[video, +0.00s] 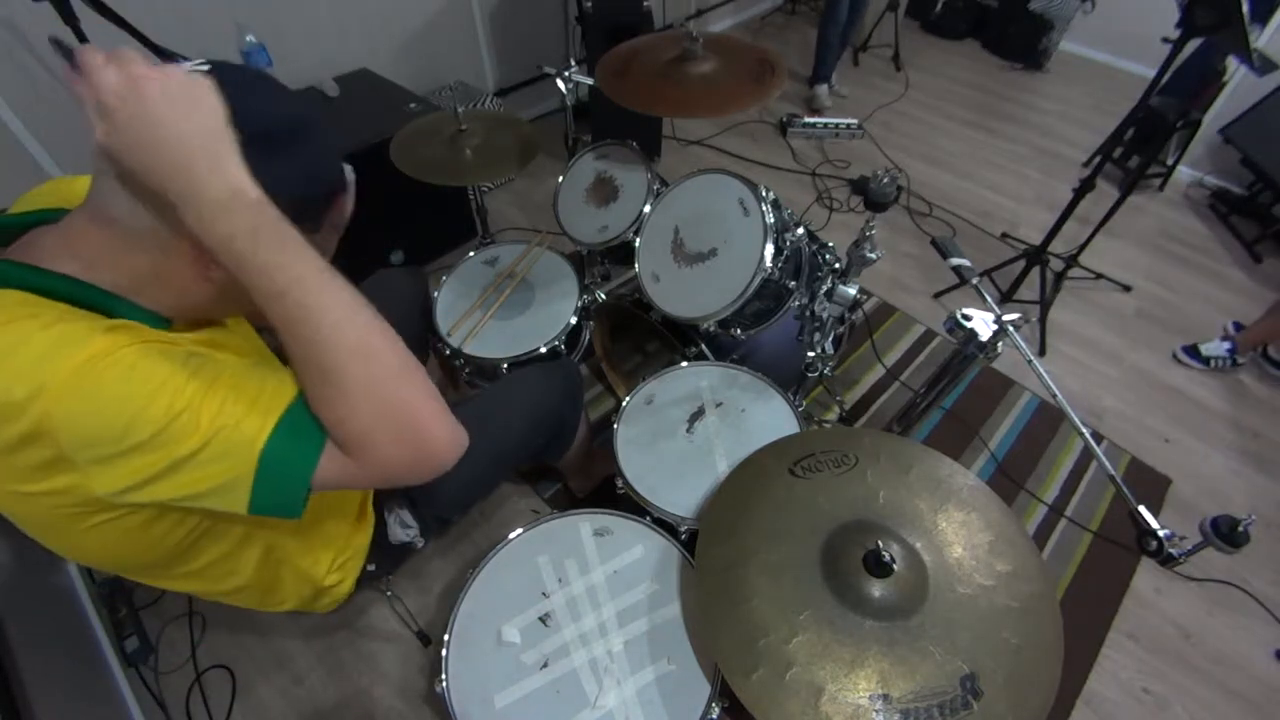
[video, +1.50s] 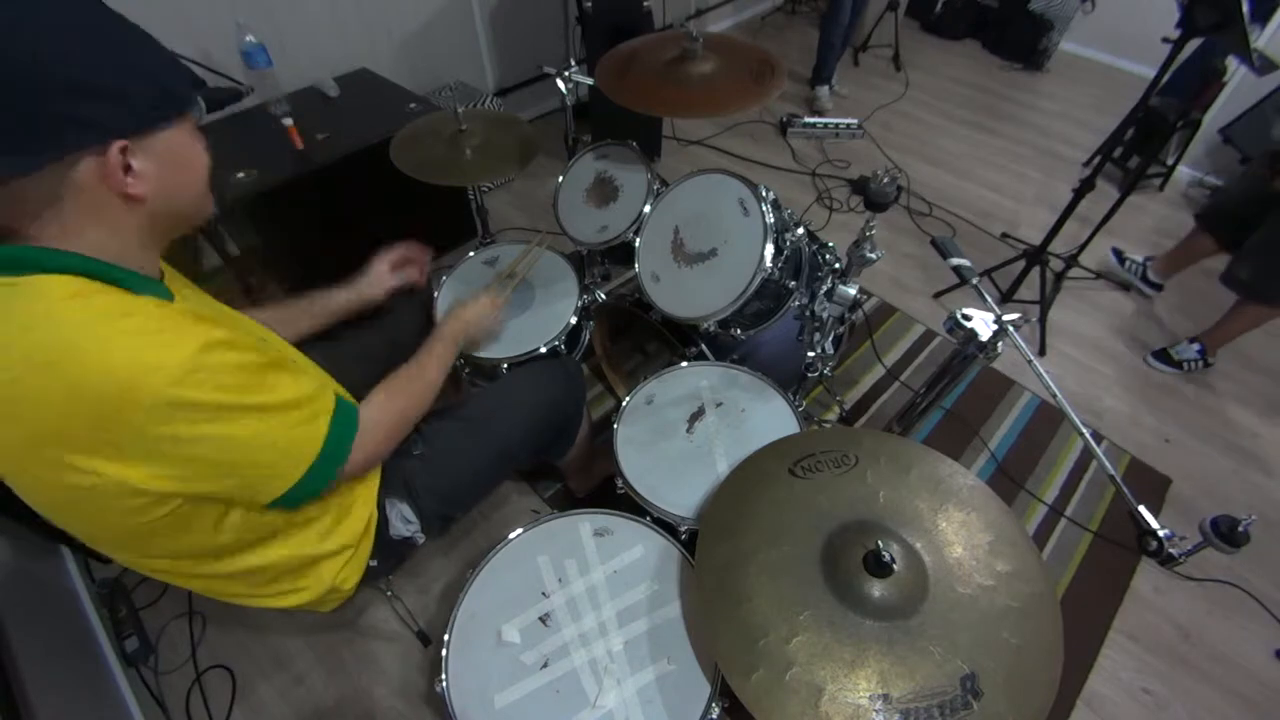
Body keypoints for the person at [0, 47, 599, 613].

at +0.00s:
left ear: (123, 180)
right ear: (215, 258)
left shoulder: (51, 209)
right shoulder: (85, 396)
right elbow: (422, 441)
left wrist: (315, 244)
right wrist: (218, 193)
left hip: (243, 377)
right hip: (334, 519)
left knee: (414, 285)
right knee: (555, 382)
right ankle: (580, 468)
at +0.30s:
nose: (278, 259)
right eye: (267, 239)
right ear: (212, 241)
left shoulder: (66, 210)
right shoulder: (100, 380)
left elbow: (272, 294)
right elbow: (437, 421)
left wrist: (323, 209)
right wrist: (220, 191)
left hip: (255, 372)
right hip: (333, 510)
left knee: (438, 281)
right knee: (555, 380)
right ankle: (579, 470)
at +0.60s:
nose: (287, 191)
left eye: (275, 165)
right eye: (252, 174)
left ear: (128, 197)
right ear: (139, 204)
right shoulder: (66, 361)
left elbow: (328, 275)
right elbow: (418, 379)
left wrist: (319, 169)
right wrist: (165, 150)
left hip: (272, 358)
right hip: (335, 504)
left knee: (494, 275)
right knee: (554, 376)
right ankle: (574, 470)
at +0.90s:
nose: (285, 187)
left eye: (270, 158)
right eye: (247, 173)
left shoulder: (101, 240)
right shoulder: (61, 362)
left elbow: (326, 250)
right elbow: (429, 380)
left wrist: (273, 115)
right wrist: (148, 188)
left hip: (274, 356)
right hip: (338, 504)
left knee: (496, 275)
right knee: (553, 378)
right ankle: (573, 471)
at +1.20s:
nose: (256, 204)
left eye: (243, 179)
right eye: (231, 185)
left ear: (140, 195)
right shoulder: (92, 383)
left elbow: (288, 257)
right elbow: (416, 422)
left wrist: (272, 134)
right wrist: (272, 156)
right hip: (348, 507)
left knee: (473, 273)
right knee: (552, 377)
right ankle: (577, 469)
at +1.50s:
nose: (205, 146)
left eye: (194, 123)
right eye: (190, 128)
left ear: (119, 171)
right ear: (127, 168)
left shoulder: (40, 274)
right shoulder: (162, 369)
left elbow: (210, 338)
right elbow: (354, 446)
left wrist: (356, 296)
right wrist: (451, 337)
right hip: (337, 526)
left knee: (421, 305)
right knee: (559, 377)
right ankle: (573, 476)